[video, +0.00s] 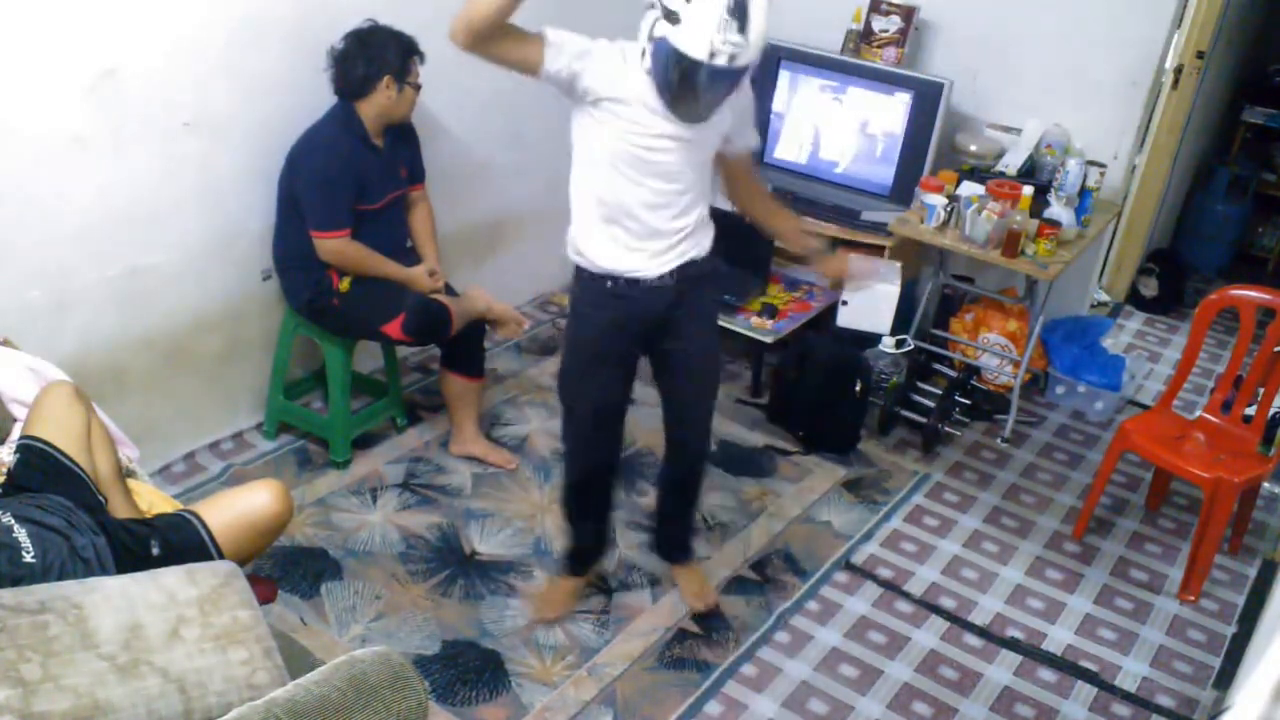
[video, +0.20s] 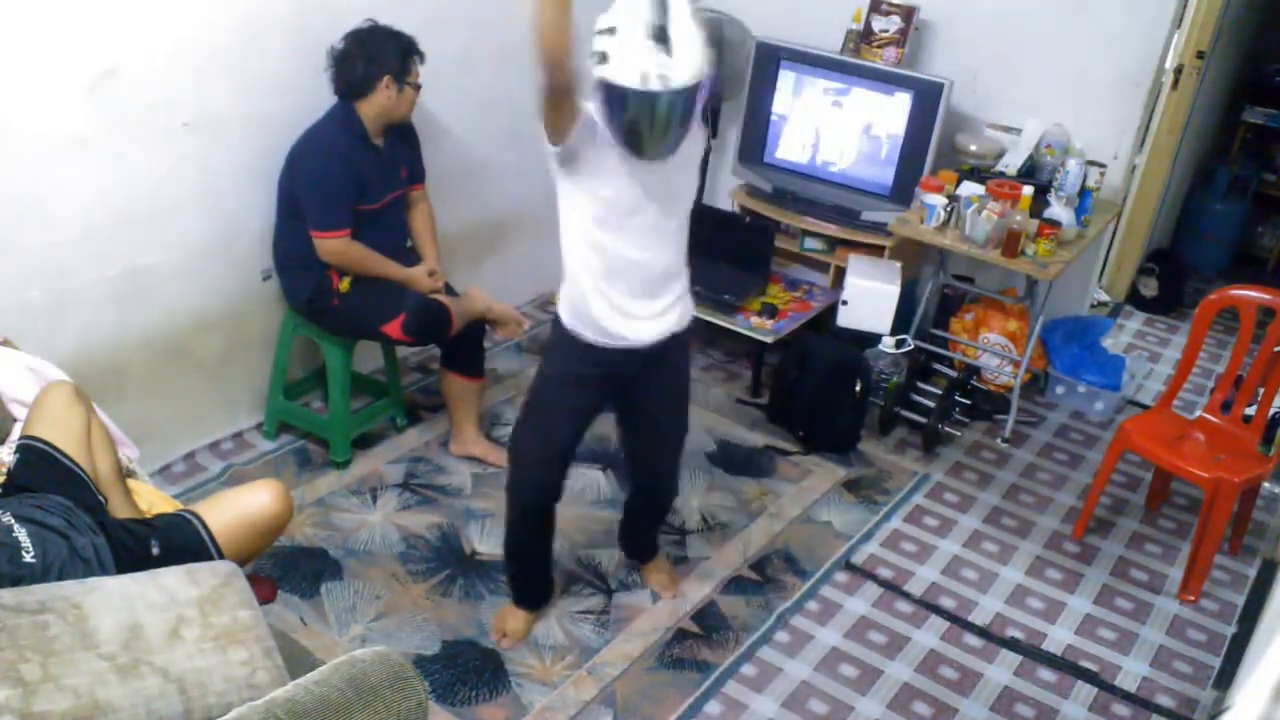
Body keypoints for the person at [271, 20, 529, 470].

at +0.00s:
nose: (419, 95)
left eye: (419, 86)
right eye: (416, 86)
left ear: (386, 87)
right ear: (387, 87)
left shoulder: (398, 130)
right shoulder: (326, 151)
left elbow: (417, 202)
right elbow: (332, 249)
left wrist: (430, 261)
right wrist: (407, 276)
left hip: (388, 266)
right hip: (327, 284)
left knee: (465, 323)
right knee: (423, 323)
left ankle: (466, 435)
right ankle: (479, 305)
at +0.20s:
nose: (419, 95)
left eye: (419, 86)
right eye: (415, 86)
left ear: (386, 87)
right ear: (386, 87)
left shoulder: (399, 131)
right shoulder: (325, 151)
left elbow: (417, 202)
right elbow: (332, 249)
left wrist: (429, 260)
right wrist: (407, 276)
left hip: (388, 265)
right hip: (326, 283)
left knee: (465, 325)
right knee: (424, 323)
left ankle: (466, 436)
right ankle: (478, 305)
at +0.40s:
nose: (419, 95)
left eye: (419, 86)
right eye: (415, 86)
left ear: (386, 87)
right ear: (386, 87)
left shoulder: (399, 131)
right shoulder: (325, 151)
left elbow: (417, 202)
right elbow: (332, 249)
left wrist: (429, 259)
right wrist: (407, 276)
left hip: (389, 265)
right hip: (326, 283)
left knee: (465, 321)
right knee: (423, 323)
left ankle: (466, 435)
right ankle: (478, 304)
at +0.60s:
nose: (419, 95)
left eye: (419, 87)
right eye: (416, 86)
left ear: (386, 87)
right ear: (387, 87)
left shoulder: (399, 130)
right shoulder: (326, 151)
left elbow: (417, 202)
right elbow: (332, 249)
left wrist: (430, 260)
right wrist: (407, 276)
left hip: (388, 265)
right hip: (326, 283)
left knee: (466, 325)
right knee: (424, 324)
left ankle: (466, 435)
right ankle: (477, 306)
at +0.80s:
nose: (419, 95)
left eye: (418, 86)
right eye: (415, 86)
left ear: (386, 87)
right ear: (386, 87)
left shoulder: (399, 131)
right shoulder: (325, 150)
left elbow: (416, 202)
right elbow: (332, 249)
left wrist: (429, 259)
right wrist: (407, 277)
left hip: (388, 266)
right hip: (325, 283)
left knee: (466, 322)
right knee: (420, 323)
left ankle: (466, 435)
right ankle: (476, 305)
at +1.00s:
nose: (418, 95)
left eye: (418, 86)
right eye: (415, 86)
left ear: (386, 87)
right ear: (386, 87)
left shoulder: (399, 131)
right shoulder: (324, 150)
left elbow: (416, 202)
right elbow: (331, 249)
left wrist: (429, 259)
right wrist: (406, 276)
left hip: (389, 267)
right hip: (326, 283)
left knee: (466, 322)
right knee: (420, 323)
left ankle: (465, 435)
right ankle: (476, 305)